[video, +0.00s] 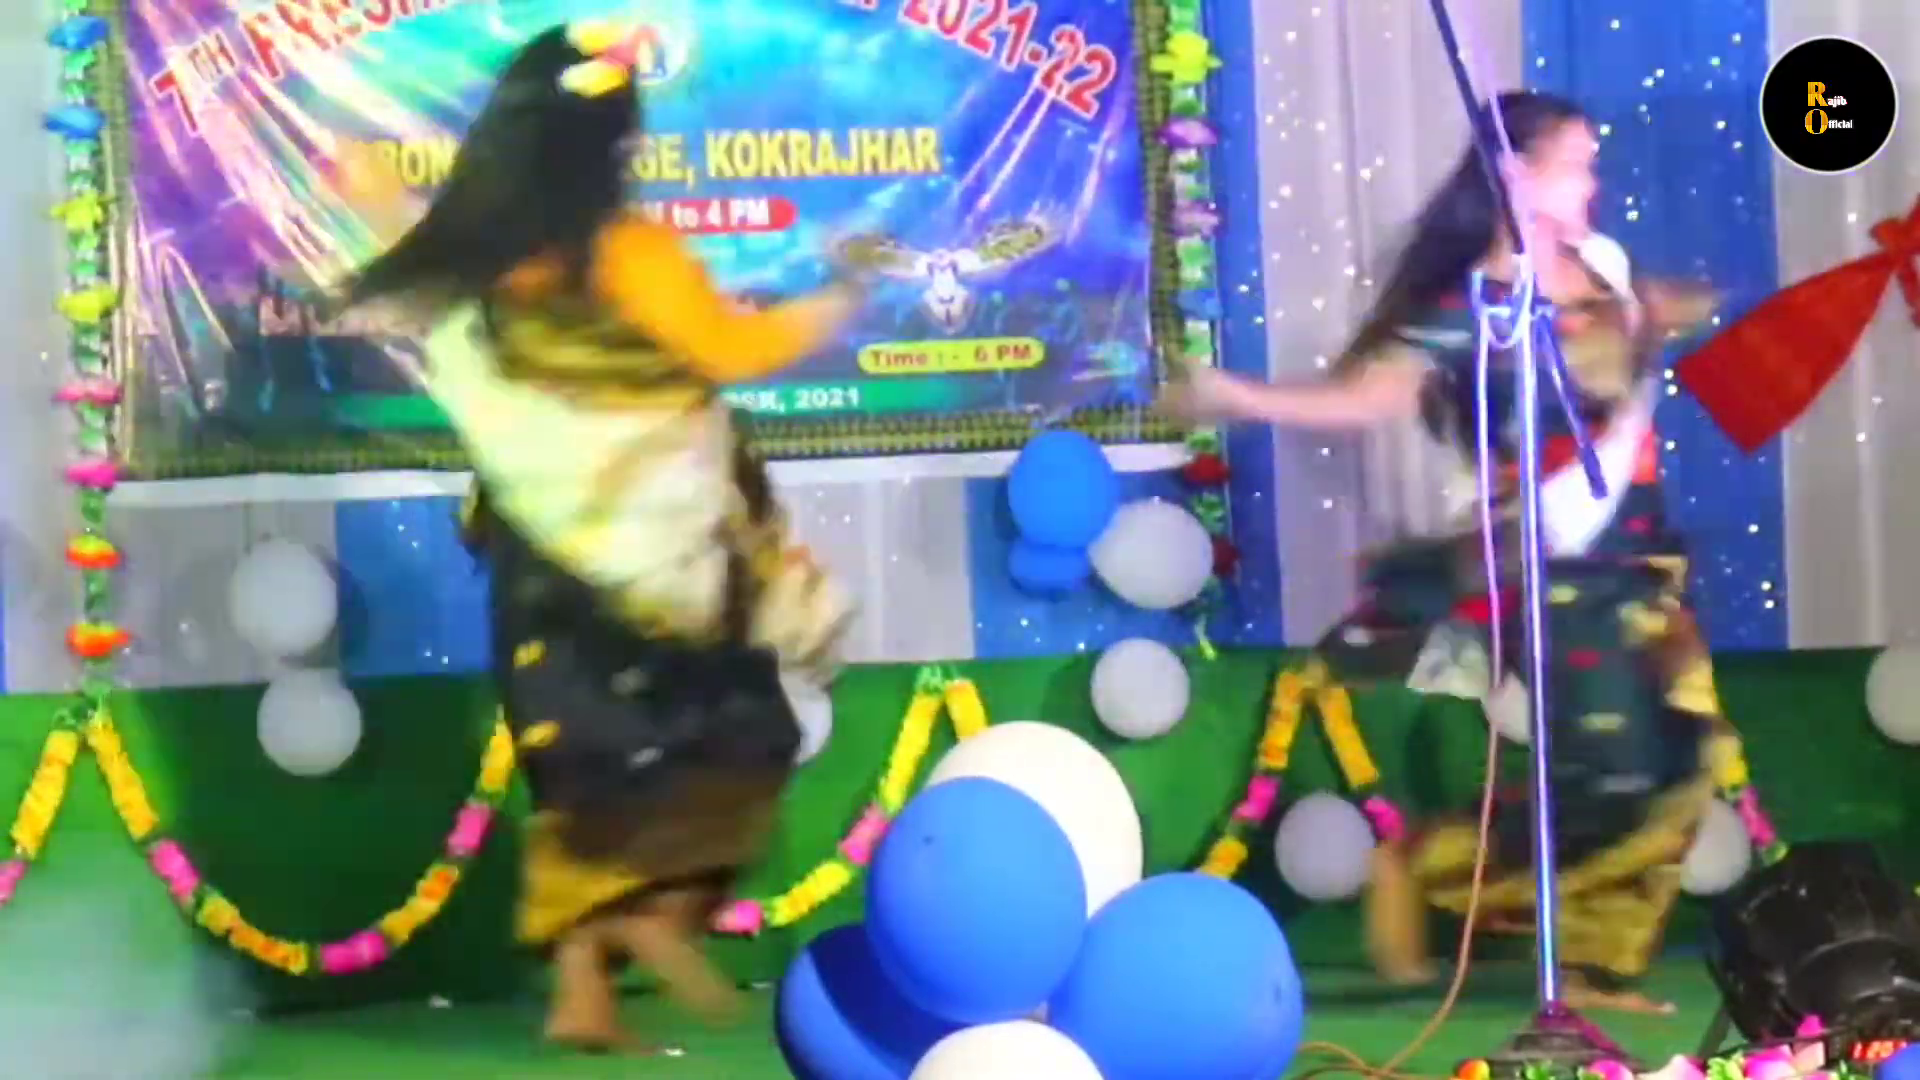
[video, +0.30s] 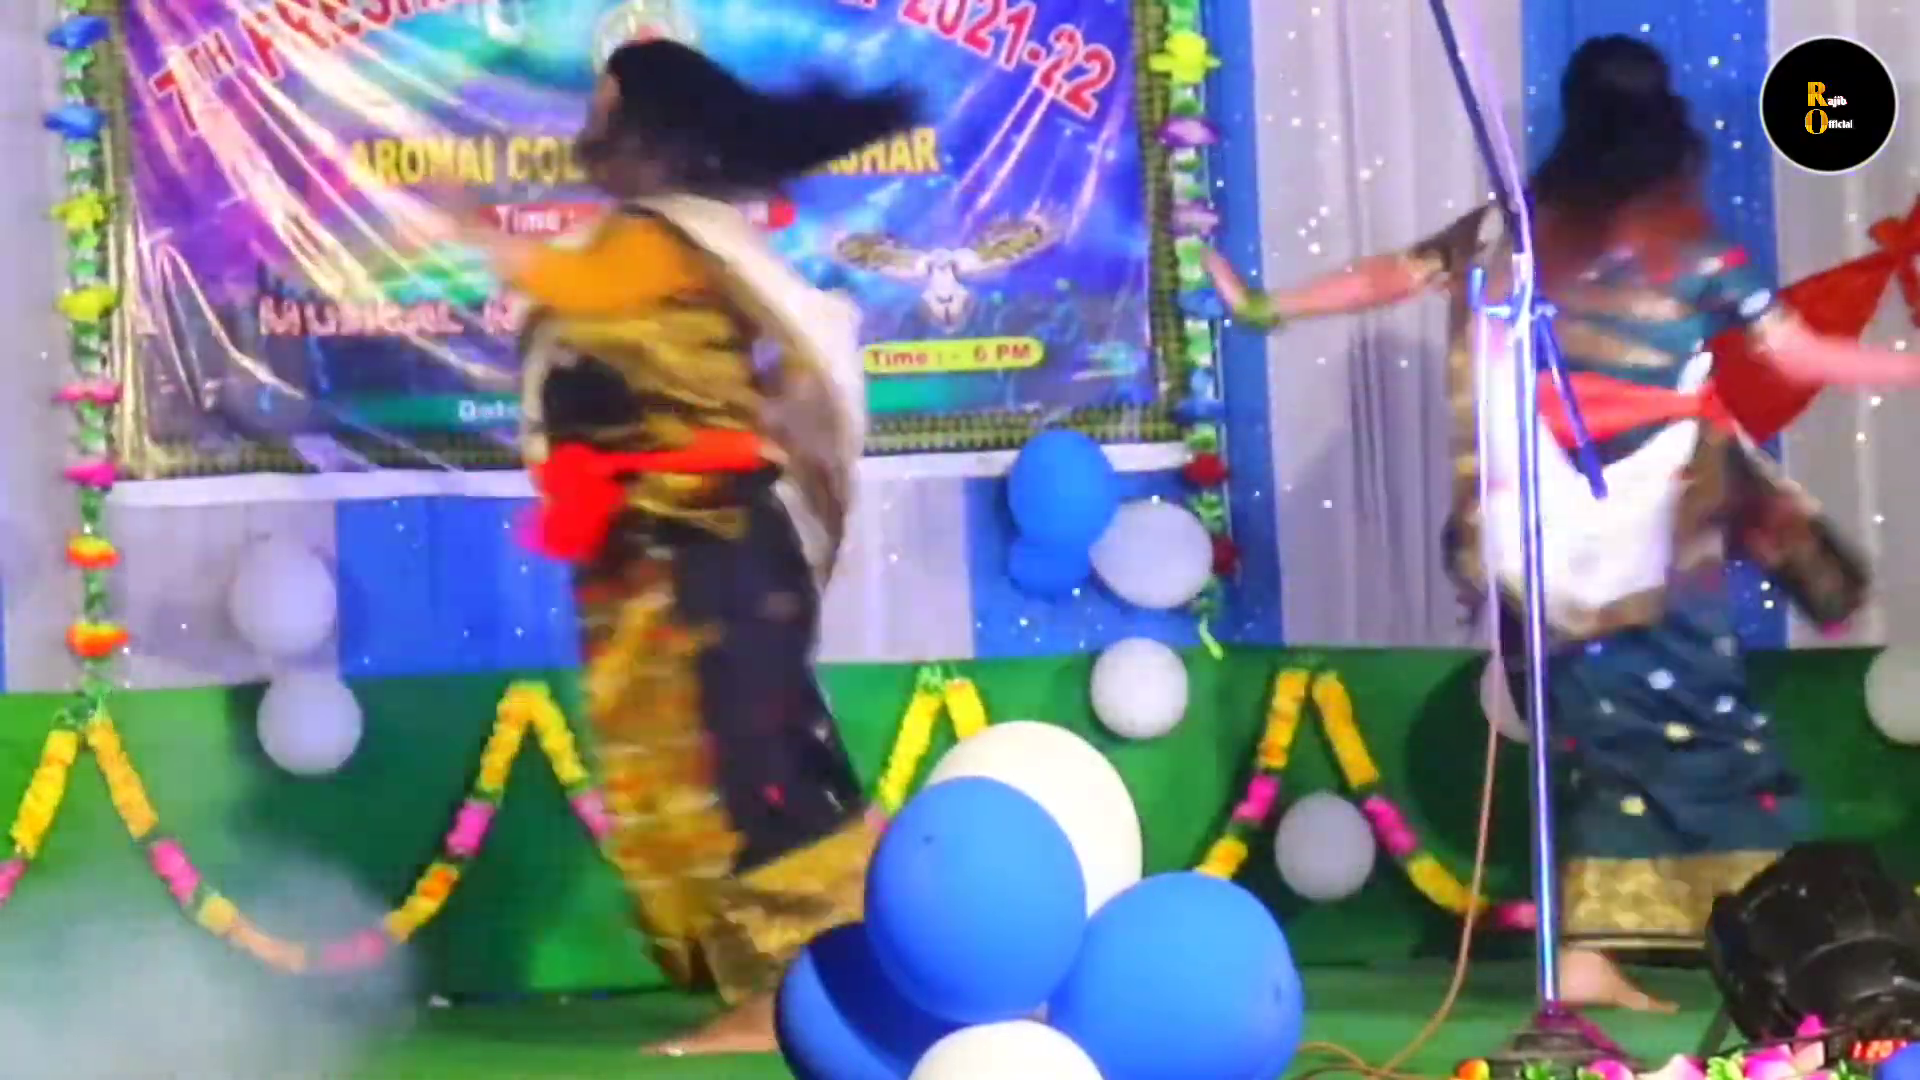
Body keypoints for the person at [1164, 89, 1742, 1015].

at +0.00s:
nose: (1594, 185)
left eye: (1594, 166)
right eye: (1578, 167)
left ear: (1566, 175)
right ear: (1515, 172)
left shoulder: (1604, 267)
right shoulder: (1464, 291)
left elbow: (1661, 320)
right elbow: (1370, 396)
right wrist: (1240, 396)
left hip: (1632, 566)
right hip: (1531, 569)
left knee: (1688, 770)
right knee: (1606, 773)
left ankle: (1586, 962)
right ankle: (1417, 864)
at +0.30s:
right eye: (1674, 128)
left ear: (1572, 128)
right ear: (1674, 133)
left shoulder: (1505, 227)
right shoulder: (1694, 253)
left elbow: (1391, 278)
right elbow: (1795, 352)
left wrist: (1264, 305)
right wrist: (1908, 368)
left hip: (1528, 547)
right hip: (1641, 551)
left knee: (1593, 748)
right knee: (1720, 733)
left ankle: (1581, 958)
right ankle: (1783, 942)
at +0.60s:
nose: (1557, 124)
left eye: (1565, 103)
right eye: (1556, 104)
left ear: (1614, 100)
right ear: (1628, 101)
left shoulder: (1626, 200)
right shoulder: (1676, 204)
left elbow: (1528, 238)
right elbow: (1515, 276)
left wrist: (1411, 246)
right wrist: (1416, 269)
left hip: (1639, 484)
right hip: (1683, 480)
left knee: (1626, 709)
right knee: (1675, 708)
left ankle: (1638, 947)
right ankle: (1679, 939)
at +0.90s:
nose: (1546, 233)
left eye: (1562, 212)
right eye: (1538, 216)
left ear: (1618, 209)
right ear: (1530, 222)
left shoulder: (1676, 321)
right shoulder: (1523, 333)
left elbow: (1687, 464)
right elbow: (1505, 473)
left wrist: (1611, 578)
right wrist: (1515, 588)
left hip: (1663, 560)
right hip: (1558, 565)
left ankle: (1684, 927)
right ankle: (1577, 931)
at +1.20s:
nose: (1457, 139)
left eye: (1471, 116)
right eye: (1444, 120)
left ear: (1524, 104)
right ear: (1435, 122)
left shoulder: (1600, 205)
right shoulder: (1429, 219)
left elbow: (1628, 349)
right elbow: (1368, 346)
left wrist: (1561, 472)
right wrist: (1384, 456)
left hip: (1559, 504)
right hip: (1439, 502)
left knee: (1541, 723)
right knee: (1423, 724)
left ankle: (1555, 940)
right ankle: (1415, 968)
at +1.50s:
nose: (1400, 171)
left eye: (1417, 150)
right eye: (1385, 154)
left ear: (1466, 149)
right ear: (1373, 159)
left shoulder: (1525, 272)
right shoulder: (1344, 260)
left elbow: (1572, 424)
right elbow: (1270, 390)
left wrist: (1502, 541)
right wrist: (1324, 485)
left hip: (1476, 548)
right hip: (1359, 538)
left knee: (1477, 757)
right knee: (1323, 741)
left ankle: (1479, 969)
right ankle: (1276, 959)